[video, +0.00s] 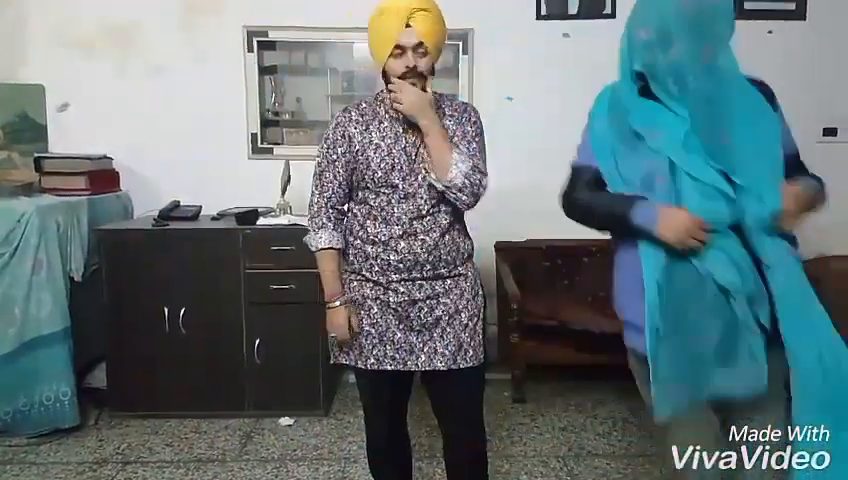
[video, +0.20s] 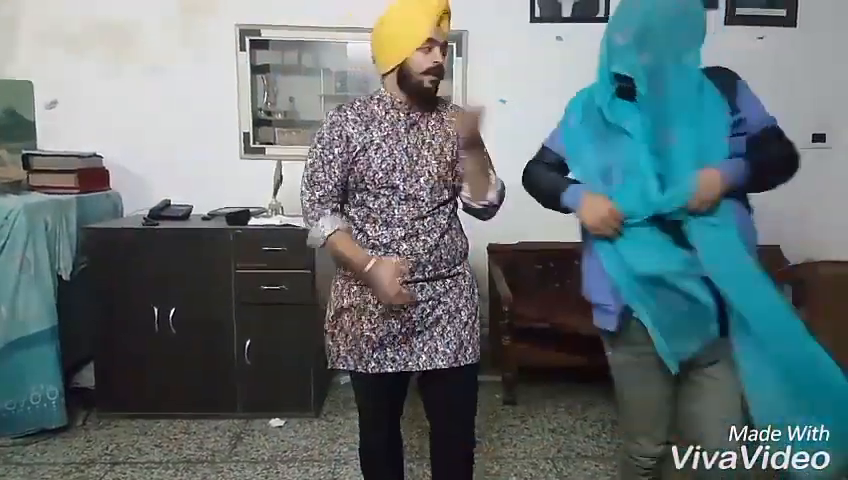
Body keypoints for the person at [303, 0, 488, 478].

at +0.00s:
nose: (411, 62)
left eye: (422, 51)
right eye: (399, 52)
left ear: (437, 56)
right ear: (381, 59)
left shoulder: (460, 117)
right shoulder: (350, 125)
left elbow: (467, 192)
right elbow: (325, 214)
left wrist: (428, 120)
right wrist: (333, 300)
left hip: (449, 294)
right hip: (375, 298)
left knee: (465, 433)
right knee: (384, 433)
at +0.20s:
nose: (439, 58)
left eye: (442, 48)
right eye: (426, 47)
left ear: (446, 54)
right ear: (394, 54)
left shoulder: (454, 121)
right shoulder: (347, 123)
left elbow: (486, 208)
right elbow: (318, 208)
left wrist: (473, 147)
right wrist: (367, 265)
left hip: (448, 299)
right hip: (373, 303)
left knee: (455, 440)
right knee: (379, 439)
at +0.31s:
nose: (444, 59)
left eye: (446, 49)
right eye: (433, 48)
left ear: (445, 54)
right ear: (399, 53)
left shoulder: (454, 121)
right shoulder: (351, 118)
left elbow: (477, 206)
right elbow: (327, 205)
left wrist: (494, 164)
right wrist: (405, 230)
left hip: (446, 300)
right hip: (372, 303)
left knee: (444, 437)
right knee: (375, 434)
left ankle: (432, 473)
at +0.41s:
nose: (452, 62)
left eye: (452, 51)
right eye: (441, 51)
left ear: (449, 57)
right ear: (407, 56)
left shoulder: (451, 122)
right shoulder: (357, 118)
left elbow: (470, 201)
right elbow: (361, 204)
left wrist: (516, 169)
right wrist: (447, 187)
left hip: (442, 300)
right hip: (372, 301)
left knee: (431, 439)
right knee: (373, 436)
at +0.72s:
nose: (474, 107)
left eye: (477, 100)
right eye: (470, 99)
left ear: (444, 87)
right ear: (444, 90)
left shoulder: (439, 123)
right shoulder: (381, 111)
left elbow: (449, 205)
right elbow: (406, 188)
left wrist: (470, 169)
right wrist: (461, 153)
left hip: (435, 296)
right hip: (389, 300)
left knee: (423, 433)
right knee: (391, 435)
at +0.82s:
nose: (472, 99)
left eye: (474, 90)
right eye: (469, 89)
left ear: (440, 79)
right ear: (442, 80)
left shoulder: (429, 121)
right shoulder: (385, 117)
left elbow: (446, 203)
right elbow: (426, 212)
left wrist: (485, 257)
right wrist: (487, 248)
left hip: (427, 302)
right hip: (389, 307)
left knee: (415, 443)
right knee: (399, 447)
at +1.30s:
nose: (473, 60)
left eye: (476, 47)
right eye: (463, 46)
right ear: (425, 46)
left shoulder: (473, 124)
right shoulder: (376, 116)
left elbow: (489, 192)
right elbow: (384, 209)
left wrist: (529, 218)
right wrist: (489, 211)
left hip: (457, 307)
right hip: (391, 310)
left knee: (436, 447)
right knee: (400, 460)